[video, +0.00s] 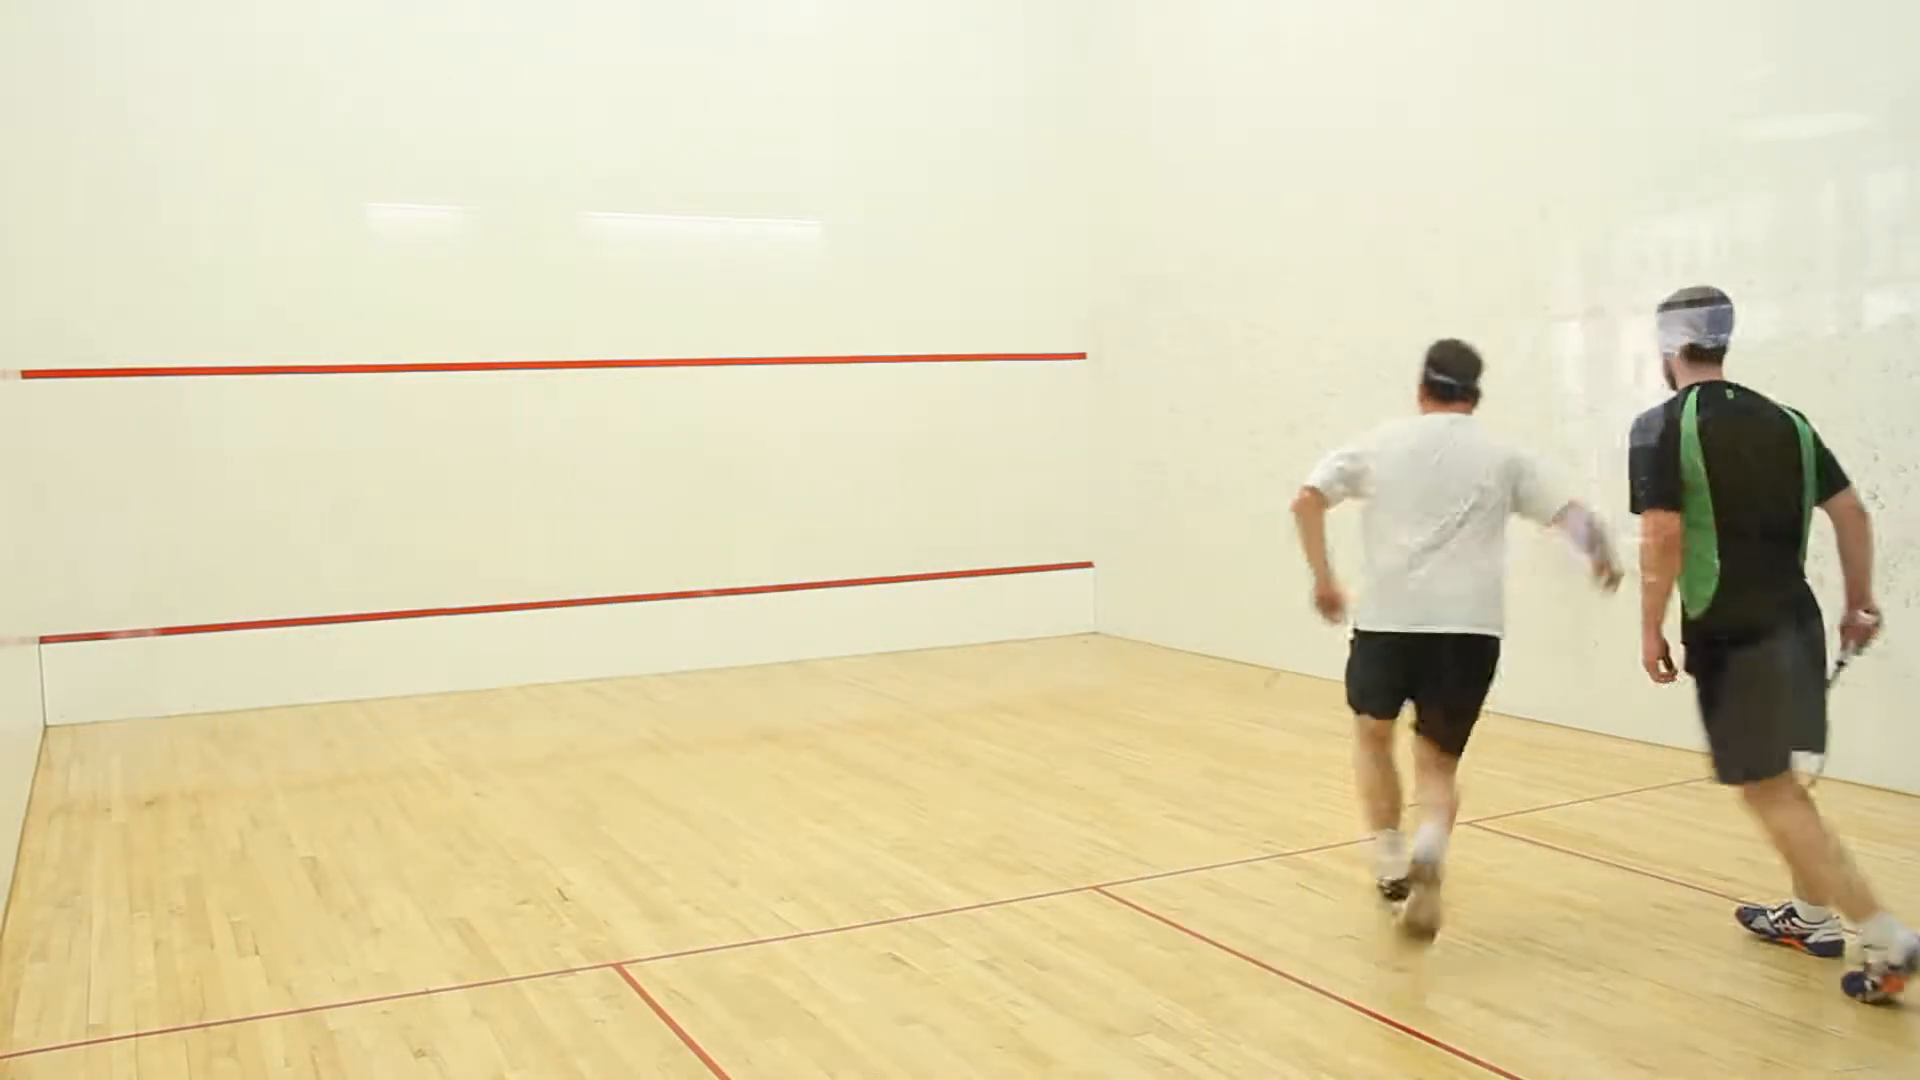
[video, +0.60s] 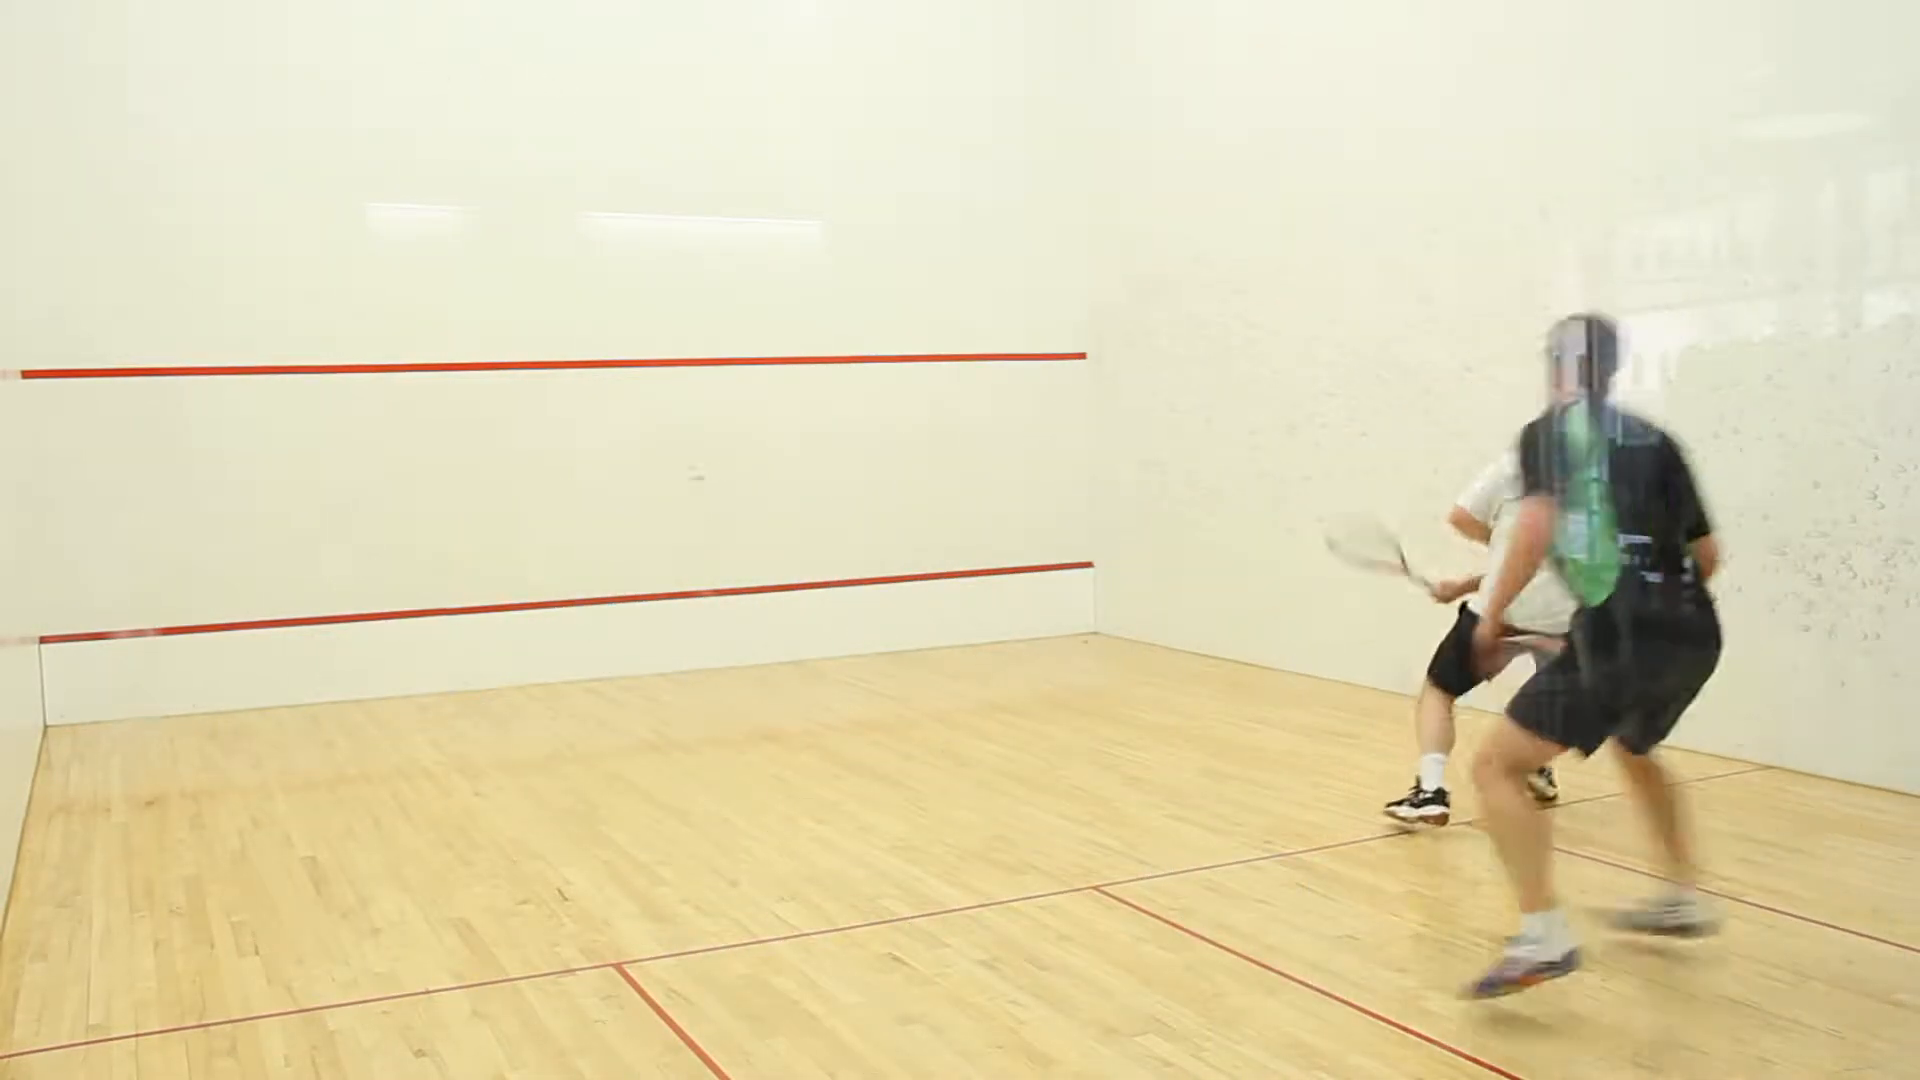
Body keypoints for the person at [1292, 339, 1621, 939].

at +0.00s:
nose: (1434, 397)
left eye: (1428, 386)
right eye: (1462, 393)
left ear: (1422, 389)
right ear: (1476, 396)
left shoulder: (1384, 444)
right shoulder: (1499, 455)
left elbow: (1306, 503)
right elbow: (1575, 515)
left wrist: (1324, 580)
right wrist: (1604, 557)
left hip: (1386, 629)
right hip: (1469, 635)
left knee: (1374, 738)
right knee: (1439, 759)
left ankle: (1391, 861)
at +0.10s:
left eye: (1460, 401)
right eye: (1500, 408)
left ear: (1456, 402)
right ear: (1508, 409)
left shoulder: (1414, 448)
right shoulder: (1517, 462)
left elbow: (1334, 495)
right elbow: (1598, 511)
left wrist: (1349, 560)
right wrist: (1656, 505)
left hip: (1402, 623)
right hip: (1480, 630)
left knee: (1402, 741)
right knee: (1464, 717)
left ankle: (1405, 874)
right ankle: (1464, 811)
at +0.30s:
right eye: (1563, 445)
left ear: (1524, 436)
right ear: (1569, 448)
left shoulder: (1476, 463)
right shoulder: (1571, 505)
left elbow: (1406, 490)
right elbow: (1612, 572)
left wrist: (1373, 549)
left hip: (1440, 625)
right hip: (1508, 638)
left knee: (1413, 742)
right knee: (1518, 705)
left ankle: (1404, 825)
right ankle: (1531, 783)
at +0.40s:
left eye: (1540, 459)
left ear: (1539, 460)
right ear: (1583, 474)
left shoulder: (1499, 492)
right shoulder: (1585, 525)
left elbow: (1432, 535)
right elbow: (1591, 595)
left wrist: (1423, 573)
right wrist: (1597, 639)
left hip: (1466, 638)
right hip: (1532, 648)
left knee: (1419, 734)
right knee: (1535, 688)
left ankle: (1416, 814)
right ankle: (1534, 779)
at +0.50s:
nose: (1550, 459)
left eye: (1550, 453)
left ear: (1547, 455)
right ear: (1588, 462)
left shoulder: (1508, 487)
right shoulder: (1596, 507)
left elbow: (1450, 535)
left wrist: (1489, 567)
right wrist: (1475, 605)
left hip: (1487, 626)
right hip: (1552, 640)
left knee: (1428, 709)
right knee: (1550, 687)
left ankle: (1420, 798)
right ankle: (1533, 784)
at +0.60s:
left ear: (1540, 429)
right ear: (1588, 434)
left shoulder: (1520, 459)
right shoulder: (1600, 480)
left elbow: (1462, 515)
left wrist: (1505, 543)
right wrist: (1469, 582)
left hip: (1500, 610)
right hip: (1567, 618)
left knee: (1438, 689)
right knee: (1557, 692)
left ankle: (1430, 790)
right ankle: (1541, 765)